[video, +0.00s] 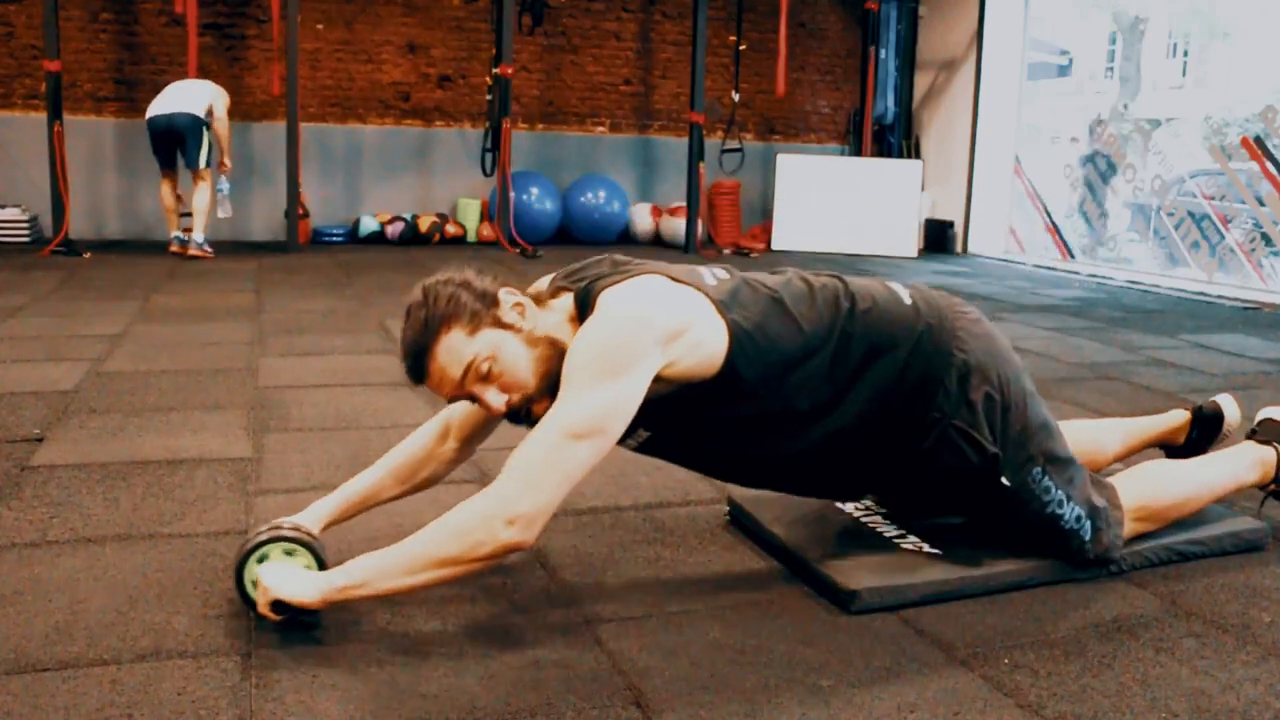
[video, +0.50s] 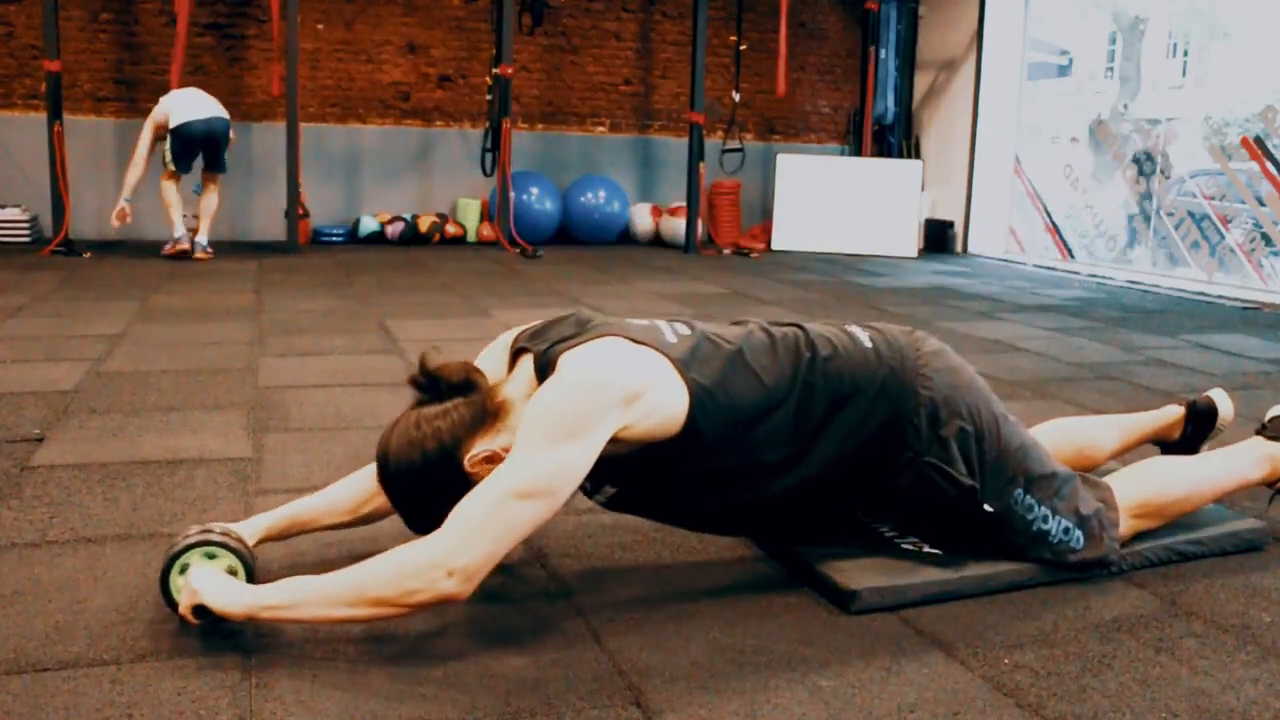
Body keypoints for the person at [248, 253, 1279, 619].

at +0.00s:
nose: (482, 402)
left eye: (474, 371)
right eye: (460, 401)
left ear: (513, 309)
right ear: (466, 377)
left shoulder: (624, 330)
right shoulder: (550, 326)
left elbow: (510, 524)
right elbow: (442, 439)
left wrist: (331, 587)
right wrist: (313, 519)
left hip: (937, 378)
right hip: (872, 398)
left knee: (1098, 530)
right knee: (1042, 486)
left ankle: (1258, 458)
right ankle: (1198, 419)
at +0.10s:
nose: (478, 449)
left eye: (470, 423)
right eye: (451, 440)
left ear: (501, 347)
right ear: (473, 374)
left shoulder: (606, 353)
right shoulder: (530, 332)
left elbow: (484, 536)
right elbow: (421, 453)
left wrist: (303, 590)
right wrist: (292, 521)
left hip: (926, 394)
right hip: (867, 390)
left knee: (1098, 530)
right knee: (1035, 481)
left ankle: (1256, 458)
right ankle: (1180, 422)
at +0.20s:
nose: (478, 459)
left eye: (464, 444)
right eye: (457, 451)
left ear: (490, 388)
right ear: (480, 392)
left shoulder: (595, 368)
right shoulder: (522, 337)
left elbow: (466, 554)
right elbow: (410, 462)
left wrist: (288, 593)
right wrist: (275, 526)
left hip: (910, 402)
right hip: (855, 370)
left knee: (1089, 524)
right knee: (1027, 468)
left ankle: (1260, 455)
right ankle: (1182, 418)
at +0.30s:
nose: (486, 476)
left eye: (476, 460)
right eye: (463, 467)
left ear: (491, 406)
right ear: (467, 410)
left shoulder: (587, 382)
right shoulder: (510, 347)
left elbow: (456, 563)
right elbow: (401, 466)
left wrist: (268, 596)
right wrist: (265, 526)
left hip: (903, 402)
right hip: (841, 392)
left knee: (1090, 523)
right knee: (1024, 469)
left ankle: (1260, 455)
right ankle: (1186, 414)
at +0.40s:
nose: (493, 485)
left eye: (481, 479)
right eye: (467, 478)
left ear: (493, 429)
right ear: (461, 409)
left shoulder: (588, 391)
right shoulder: (500, 355)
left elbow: (447, 573)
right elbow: (395, 474)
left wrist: (254, 600)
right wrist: (260, 528)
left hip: (905, 409)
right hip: (840, 382)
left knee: (1089, 521)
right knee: (1023, 460)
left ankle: (1259, 461)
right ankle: (1186, 414)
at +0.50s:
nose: (481, 500)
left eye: (473, 493)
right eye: (452, 489)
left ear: (497, 441)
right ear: (457, 421)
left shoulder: (587, 395)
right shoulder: (500, 366)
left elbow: (439, 578)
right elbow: (392, 479)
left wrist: (248, 600)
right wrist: (252, 535)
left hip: (907, 415)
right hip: (835, 396)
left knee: (1094, 516)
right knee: (1021, 451)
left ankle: (1258, 461)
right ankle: (1180, 411)